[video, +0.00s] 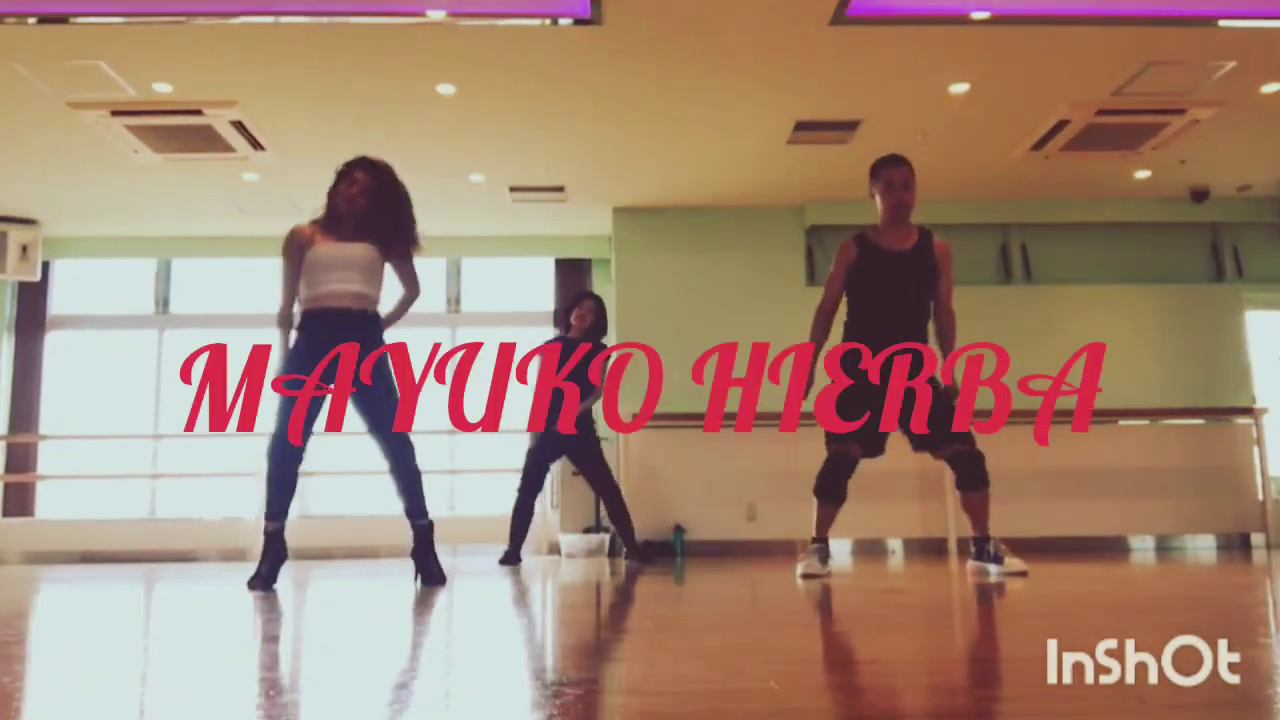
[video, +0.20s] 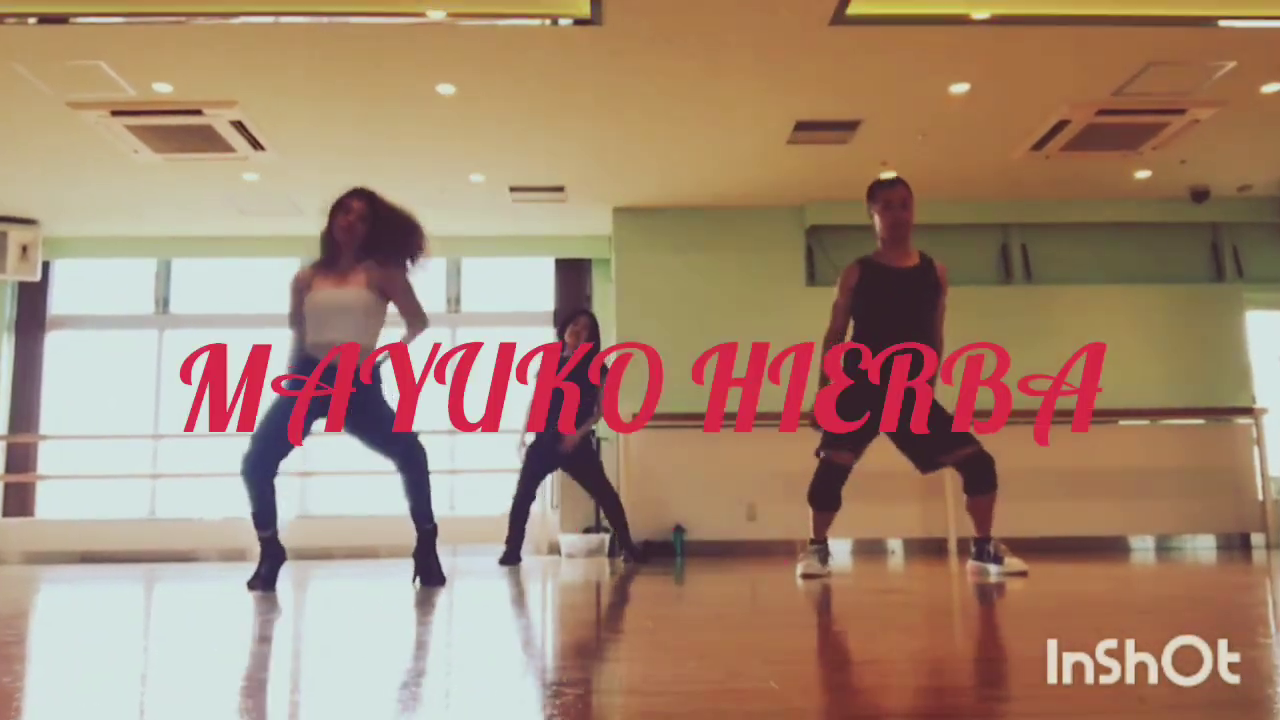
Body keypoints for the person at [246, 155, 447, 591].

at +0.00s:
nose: (353, 193)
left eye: (364, 191)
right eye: (349, 184)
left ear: (376, 202)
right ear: (335, 188)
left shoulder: (384, 239)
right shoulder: (303, 236)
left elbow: (412, 289)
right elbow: (288, 301)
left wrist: (384, 324)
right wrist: (285, 354)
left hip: (363, 336)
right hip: (312, 336)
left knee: (395, 442)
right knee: (285, 444)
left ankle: (423, 542)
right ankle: (273, 543)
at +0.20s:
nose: (350, 223)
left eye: (360, 219)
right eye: (345, 215)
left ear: (371, 230)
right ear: (332, 221)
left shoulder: (383, 274)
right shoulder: (307, 279)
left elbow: (418, 323)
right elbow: (299, 336)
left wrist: (388, 353)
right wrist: (296, 376)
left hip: (357, 389)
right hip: (307, 388)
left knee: (411, 454)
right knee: (256, 465)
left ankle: (426, 547)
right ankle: (270, 550)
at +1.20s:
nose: (335, 235)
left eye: (346, 231)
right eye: (330, 226)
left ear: (359, 243)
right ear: (317, 233)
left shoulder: (368, 289)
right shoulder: (298, 287)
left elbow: (398, 343)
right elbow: (294, 341)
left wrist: (410, 398)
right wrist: (300, 374)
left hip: (376, 395)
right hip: (330, 402)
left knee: (390, 469)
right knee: (258, 462)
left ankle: (434, 543)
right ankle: (277, 546)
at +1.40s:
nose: (358, 229)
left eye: (365, 221)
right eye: (352, 219)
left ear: (370, 226)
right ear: (333, 218)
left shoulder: (367, 264)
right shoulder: (302, 259)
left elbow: (392, 305)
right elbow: (258, 291)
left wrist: (426, 318)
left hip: (368, 369)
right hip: (325, 370)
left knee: (403, 454)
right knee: (314, 463)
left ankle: (438, 543)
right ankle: (275, 550)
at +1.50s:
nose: (366, 211)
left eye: (367, 203)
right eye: (359, 202)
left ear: (358, 208)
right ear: (338, 202)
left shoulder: (354, 239)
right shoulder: (313, 233)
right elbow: (320, 264)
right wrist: (342, 243)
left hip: (359, 358)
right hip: (325, 359)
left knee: (411, 443)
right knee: (328, 468)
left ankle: (430, 535)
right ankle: (267, 547)